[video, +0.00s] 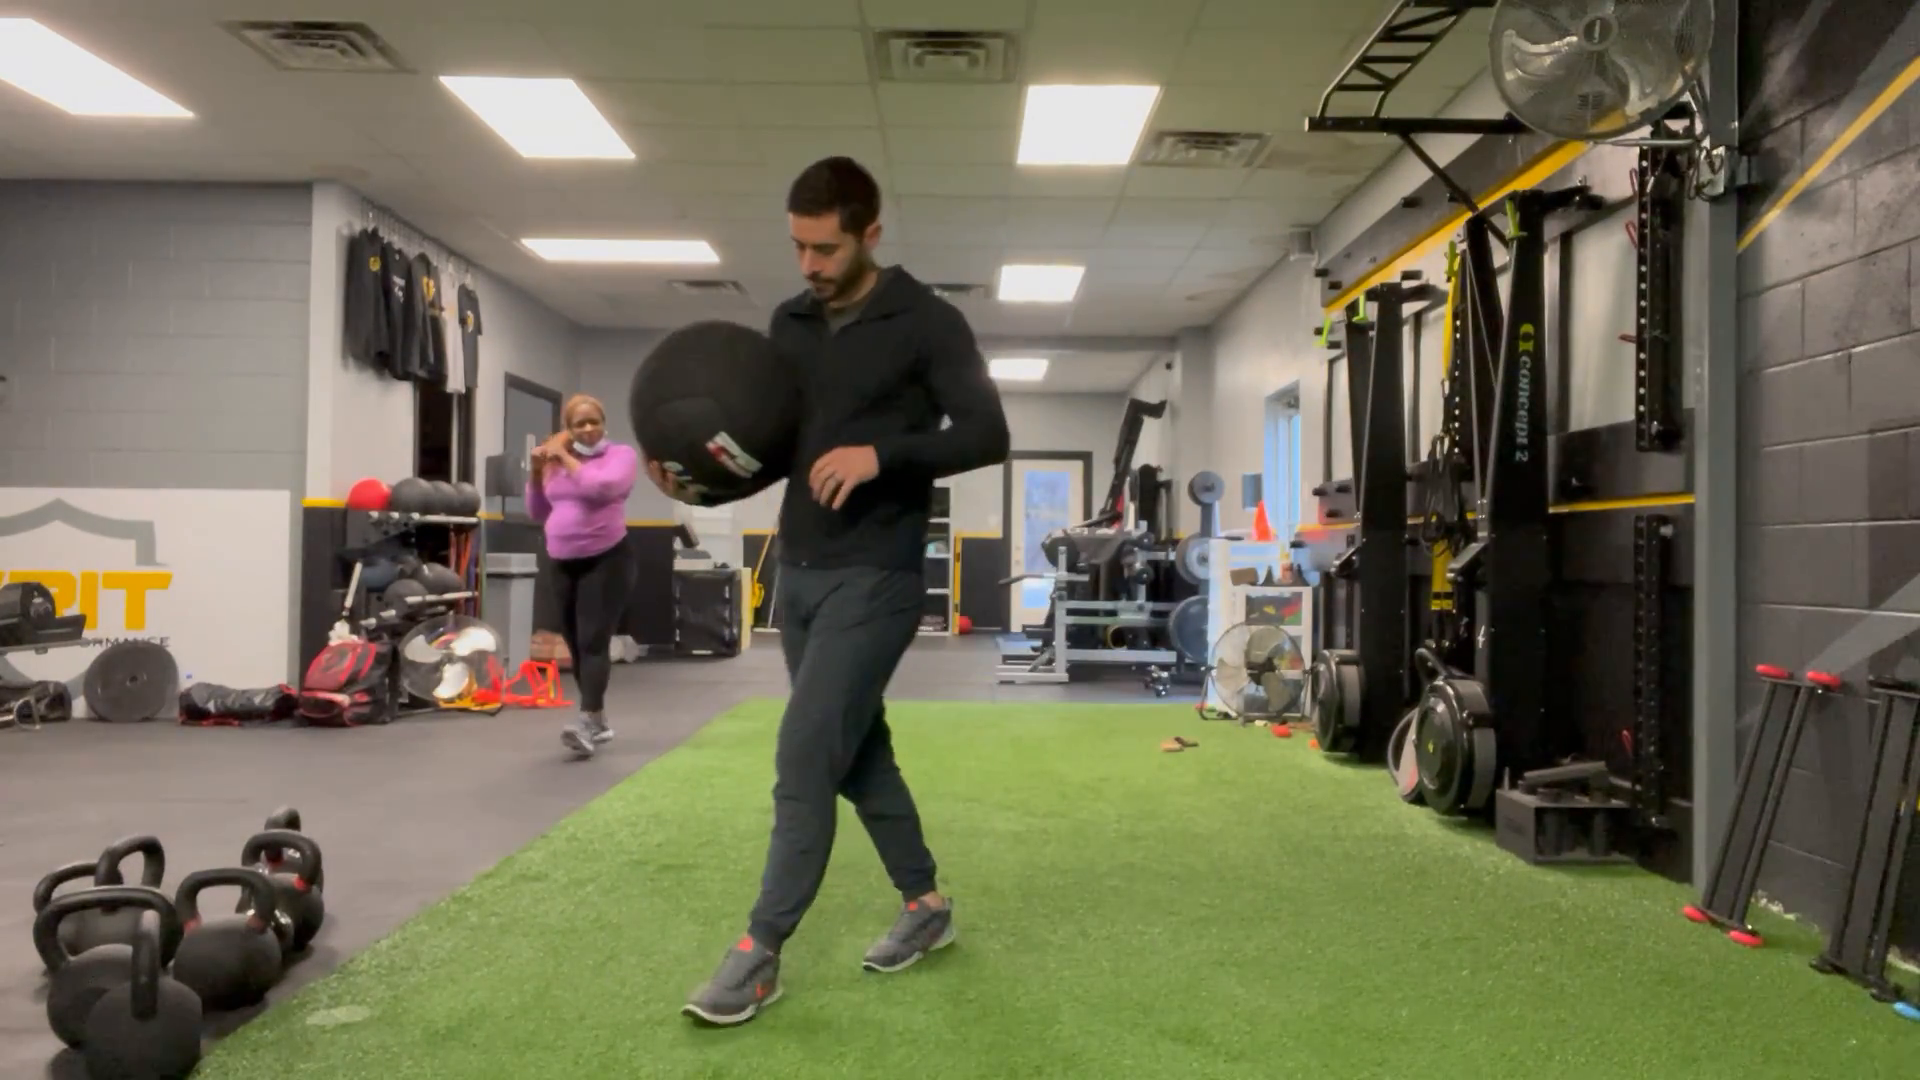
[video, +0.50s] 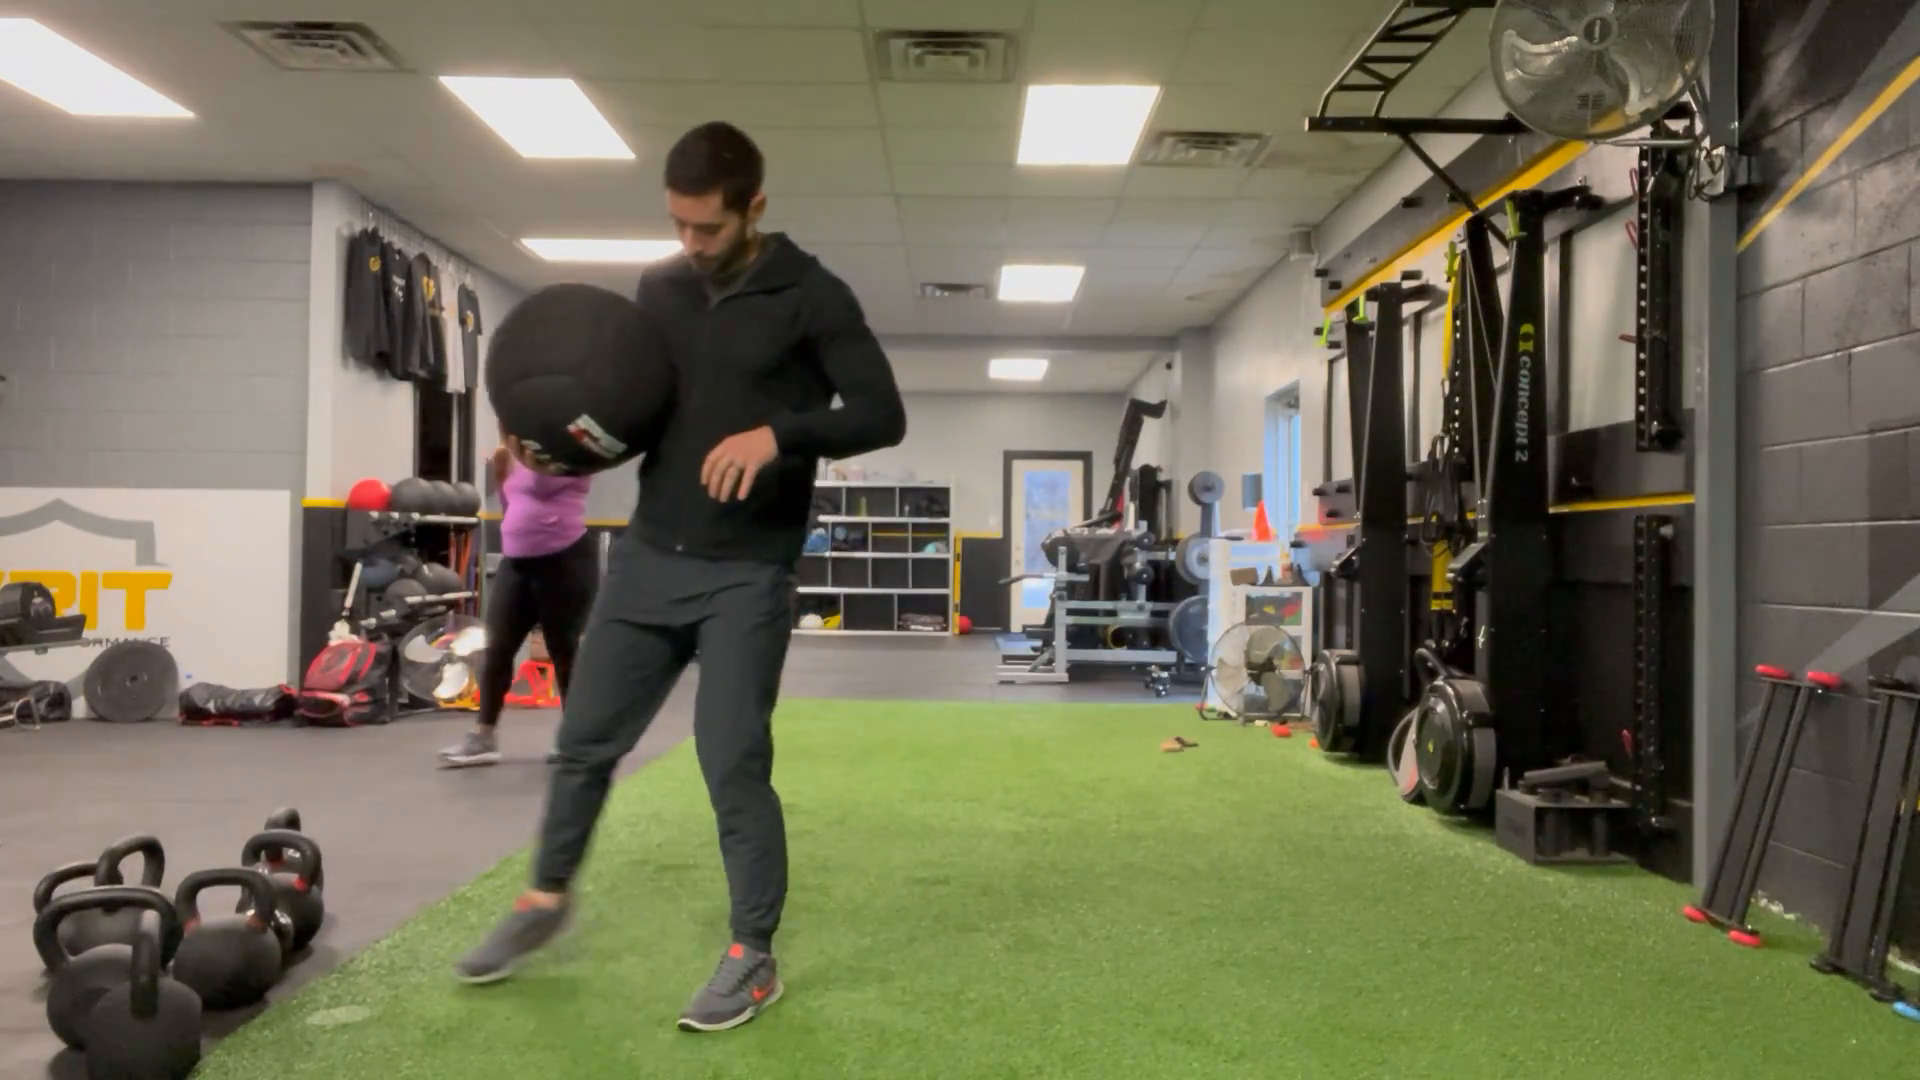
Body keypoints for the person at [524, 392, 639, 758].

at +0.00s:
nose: (588, 429)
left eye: (593, 422)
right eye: (580, 424)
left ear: (604, 424)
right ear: (568, 429)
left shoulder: (621, 455)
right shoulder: (555, 460)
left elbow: (600, 489)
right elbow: (538, 514)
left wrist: (565, 457)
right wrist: (537, 473)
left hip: (606, 557)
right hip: (564, 562)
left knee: (593, 638)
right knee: (576, 641)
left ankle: (588, 721)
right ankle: (597, 719)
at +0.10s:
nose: (580, 429)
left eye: (586, 422)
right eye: (572, 424)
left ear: (597, 424)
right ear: (560, 429)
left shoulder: (611, 456)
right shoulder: (549, 459)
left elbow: (589, 491)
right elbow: (532, 514)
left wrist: (557, 456)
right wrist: (527, 470)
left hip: (599, 557)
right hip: (555, 562)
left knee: (585, 641)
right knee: (565, 643)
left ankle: (580, 730)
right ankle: (594, 718)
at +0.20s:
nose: (574, 426)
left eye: (578, 418)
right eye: (565, 422)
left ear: (590, 420)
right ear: (555, 429)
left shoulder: (607, 455)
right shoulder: (544, 459)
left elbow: (580, 488)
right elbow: (527, 514)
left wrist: (551, 454)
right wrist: (520, 468)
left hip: (592, 555)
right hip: (549, 561)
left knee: (582, 644)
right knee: (540, 648)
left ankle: (576, 732)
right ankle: (584, 696)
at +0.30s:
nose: (553, 423)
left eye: (559, 416)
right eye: (549, 417)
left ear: (581, 422)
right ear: (548, 422)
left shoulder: (601, 457)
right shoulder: (539, 458)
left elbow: (570, 483)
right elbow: (521, 514)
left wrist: (544, 452)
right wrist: (515, 471)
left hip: (585, 555)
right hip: (541, 560)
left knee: (577, 644)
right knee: (518, 641)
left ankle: (576, 731)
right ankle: (556, 697)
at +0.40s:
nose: (536, 416)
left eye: (545, 410)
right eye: (533, 411)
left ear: (567, 412)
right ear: (531, 413)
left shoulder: (587, 448)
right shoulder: (528, 450)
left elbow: (557, 483)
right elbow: (515, 514)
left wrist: (529, 449)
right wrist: (507, 470)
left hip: (577, 554)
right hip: (531, 557)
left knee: (571, 647)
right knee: (505, 639)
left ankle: (574, 730)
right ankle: (525, 715)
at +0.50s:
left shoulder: (578, 446)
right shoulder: (519, 446)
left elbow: (546, 484)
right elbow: (511, 505)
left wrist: (517, 445)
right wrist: (500, 476)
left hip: (565, 557)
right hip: (517, 560)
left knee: (564, 650)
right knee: (498, 647)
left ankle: (578, 736)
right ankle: (484, 735)